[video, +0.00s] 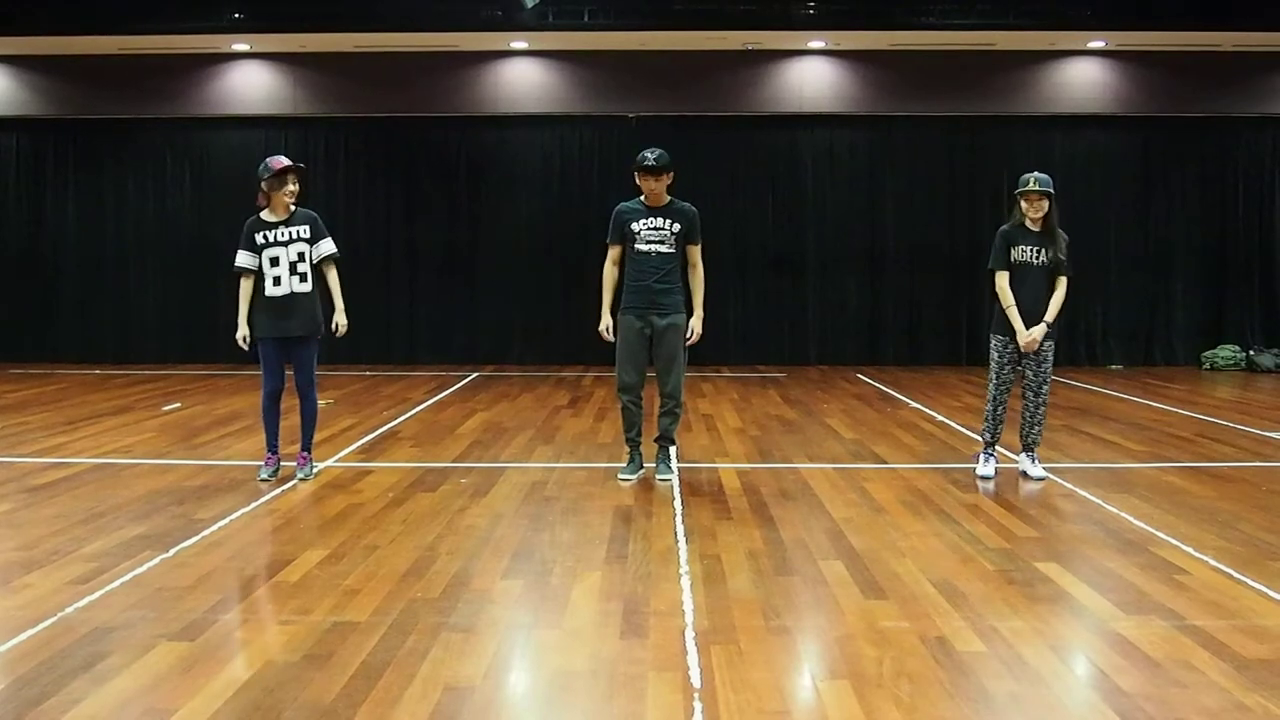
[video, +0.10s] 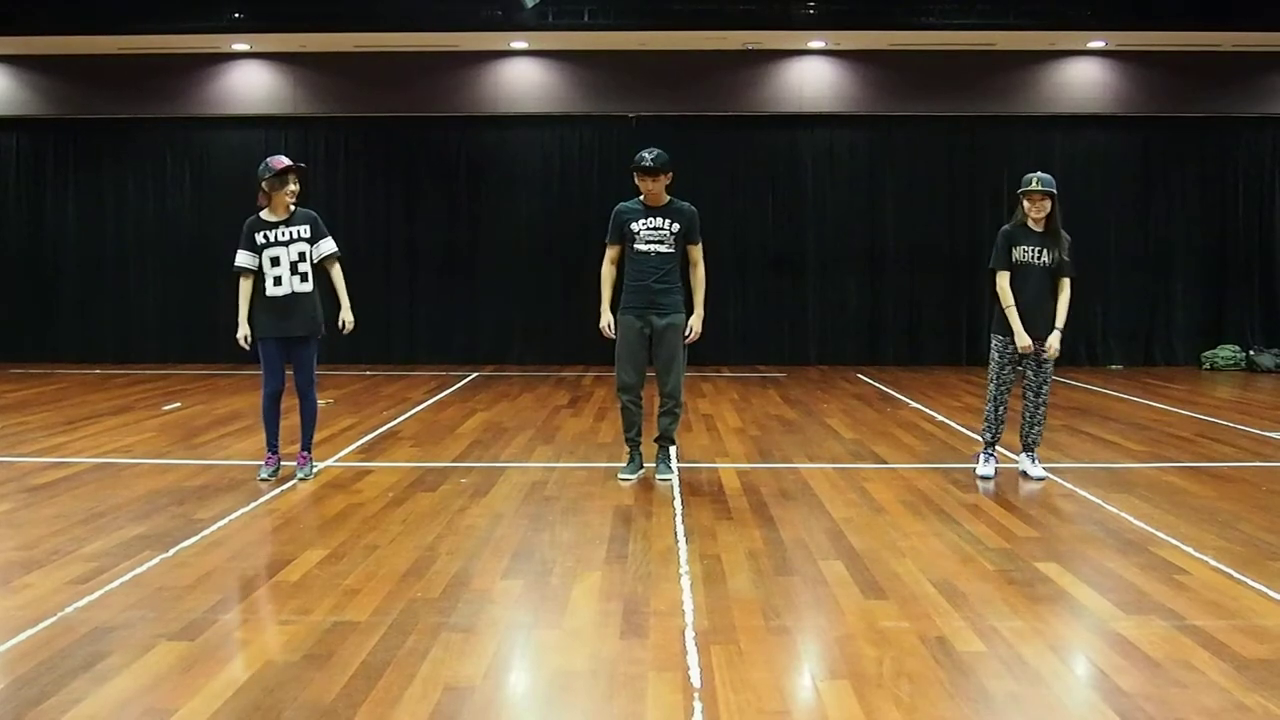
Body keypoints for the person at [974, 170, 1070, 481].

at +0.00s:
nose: (1034, 204)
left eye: (1040, 198)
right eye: (1028, 198)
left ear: (1049, 202)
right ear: (1019, 201)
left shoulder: (1059, 239)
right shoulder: (1006, 235)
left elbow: (1061, 287)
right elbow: (1001, 284)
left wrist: (1043, 327)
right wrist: (1020, 329)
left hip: (1043, 332)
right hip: (1006, 330)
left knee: (1037, 396)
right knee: (998, 391)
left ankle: (1029, 454)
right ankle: (988, 452)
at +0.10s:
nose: (1036, 204)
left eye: (1042, 199)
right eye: (1030, 198)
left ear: (1052, 203)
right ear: (1022, 201)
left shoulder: (1061, 240)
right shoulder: (1008, 235)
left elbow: (1064, 288)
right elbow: (1002, 284)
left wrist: (1057, 331)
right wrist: (1018, 330)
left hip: (1044, 335)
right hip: (1008, 331)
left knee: (1037, 399)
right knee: (998, 393)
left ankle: (1029, 454)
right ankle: (988, 452)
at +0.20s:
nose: (1038, 204)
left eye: (1044, 199)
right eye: (1032, 198)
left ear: (1054, 203)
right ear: (1023, 201)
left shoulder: (1063, 240)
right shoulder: (1009, 235)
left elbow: (1069, 288)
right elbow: (1001, 285)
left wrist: (1070, 334)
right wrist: (1015, 331)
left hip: (1047, 335)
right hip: (1009, 331)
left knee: (1037, 398)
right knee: (998, 393)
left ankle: (1029, 454)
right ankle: (988, 452)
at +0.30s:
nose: (1039, 203)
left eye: (1045, 198)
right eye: (1033, 198)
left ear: (1055, 202)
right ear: (1024, 201)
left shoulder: (1065, 239)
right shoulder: (1010, 235)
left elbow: (1073, 287)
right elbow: (1000, 285)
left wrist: (1080, 334)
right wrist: (1010, 332)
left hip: (1047, 335)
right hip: (1010, 331)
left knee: (1039, 398)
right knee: (999, 394)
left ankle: (1029, 455)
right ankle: (988, 452)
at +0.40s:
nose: (1040, 205)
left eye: (1046, 199)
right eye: (1035, 199)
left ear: (1057, 203)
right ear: (1026, 201)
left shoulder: (1066, 240)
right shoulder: (1012, 235)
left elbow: (1074, 286)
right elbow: (1000, 284)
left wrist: (1083, 334)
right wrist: (1007, 332)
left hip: (1048, 336)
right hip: (1012, 332)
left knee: (1039, 399)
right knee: (1000, 395)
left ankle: (1029, 455)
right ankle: (988, 453)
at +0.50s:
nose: (1040, 209)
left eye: (1046, 204)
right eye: (1035, 203)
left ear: (1057, 207)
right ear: (1027, 205)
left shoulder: (1067, 242)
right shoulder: (1012, 238)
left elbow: (1074, 290)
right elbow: (1000, 286)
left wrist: (1079, 338)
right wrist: (1006, 333)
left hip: (1050, 336)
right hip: (1015, 332)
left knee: (1041, 398)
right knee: (1004, 393)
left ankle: (1029, 455)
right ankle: (989, 450)